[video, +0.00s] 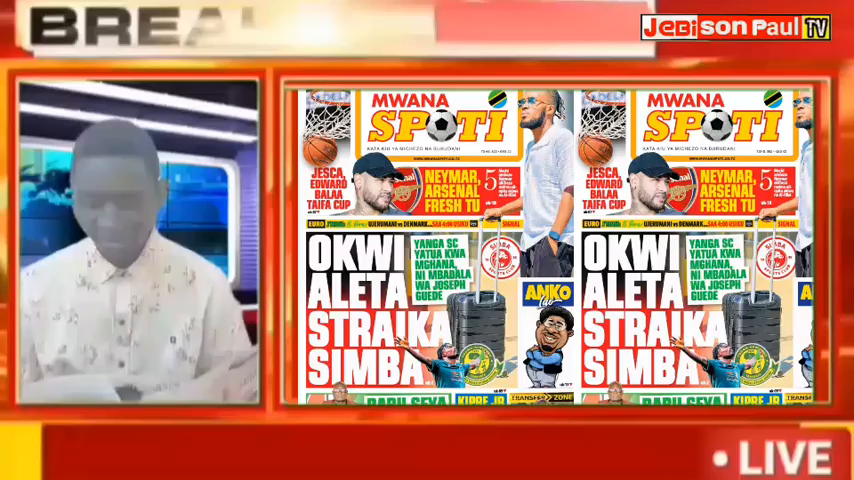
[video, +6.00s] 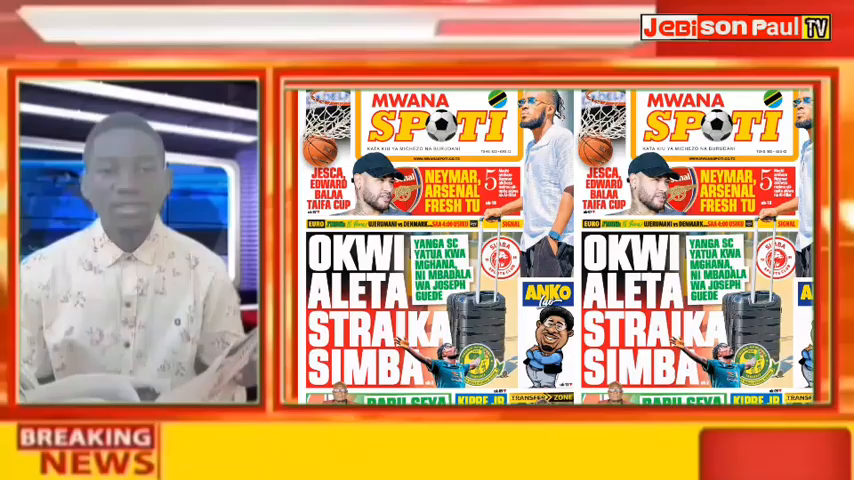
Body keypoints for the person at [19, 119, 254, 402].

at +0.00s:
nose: (110, 219)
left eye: (128, 201)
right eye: (93, 202)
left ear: (161, 194)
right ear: (72, 197)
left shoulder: (206, 286)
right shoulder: (34, 288)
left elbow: (241, 388)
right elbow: (13, 398)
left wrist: (149, 408)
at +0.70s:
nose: (130, 216)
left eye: (145, 197)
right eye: (112, 198)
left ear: (174, 190)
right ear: (89, 192)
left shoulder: (218, 279)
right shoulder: (49, 283)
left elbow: (252, 388)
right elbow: (41, 405)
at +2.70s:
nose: (132, 224)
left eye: (148, 205)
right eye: (115, 206)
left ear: (175, 191)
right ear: (92, 194)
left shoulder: (216, 274)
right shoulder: (55, 280)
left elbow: (246, 377)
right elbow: (53, 392)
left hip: (191, 446)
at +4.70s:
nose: (121, 204)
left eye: (140, 188)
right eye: (105, 187)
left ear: (170, 185)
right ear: (84, 183)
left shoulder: (208, 273)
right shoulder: (37, 274)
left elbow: (230, 382)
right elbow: (31, 391)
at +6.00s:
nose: (127, 184)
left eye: (145, 169)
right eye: (107, 170)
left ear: (167, 181)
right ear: (85, 186)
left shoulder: (206, 272)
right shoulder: (40, 274)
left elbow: (232, 386)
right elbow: (20, 390)